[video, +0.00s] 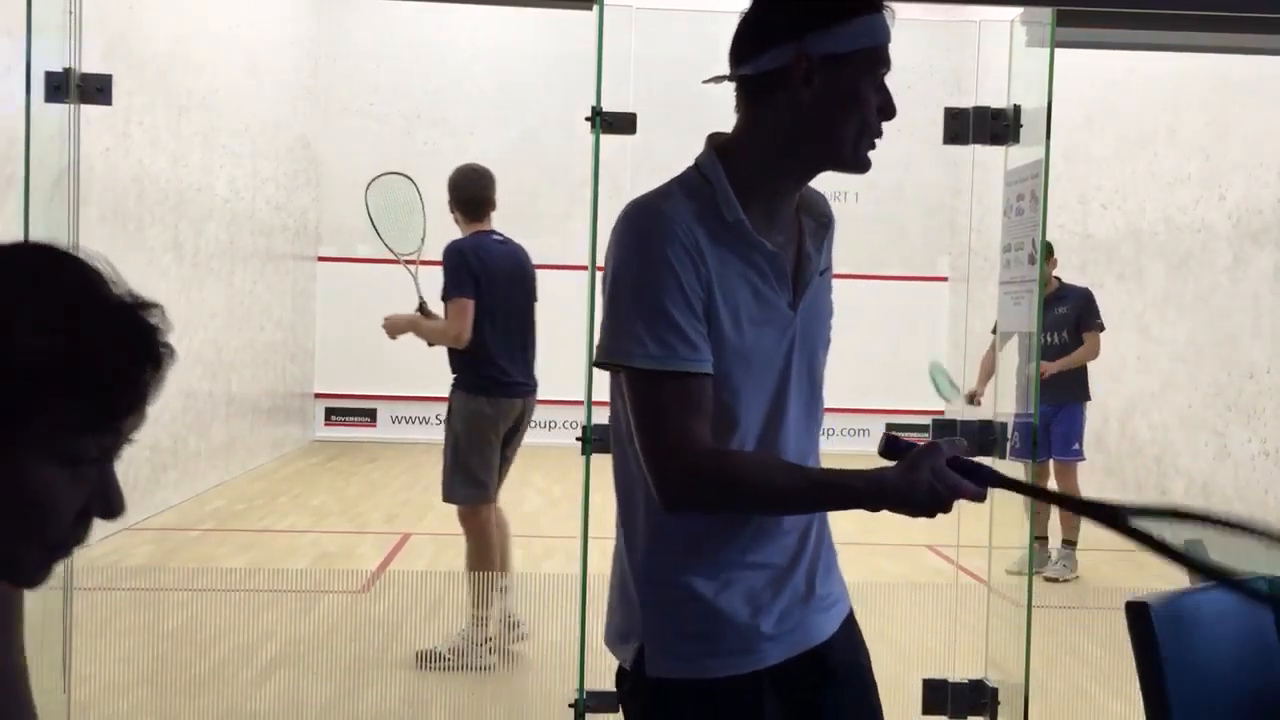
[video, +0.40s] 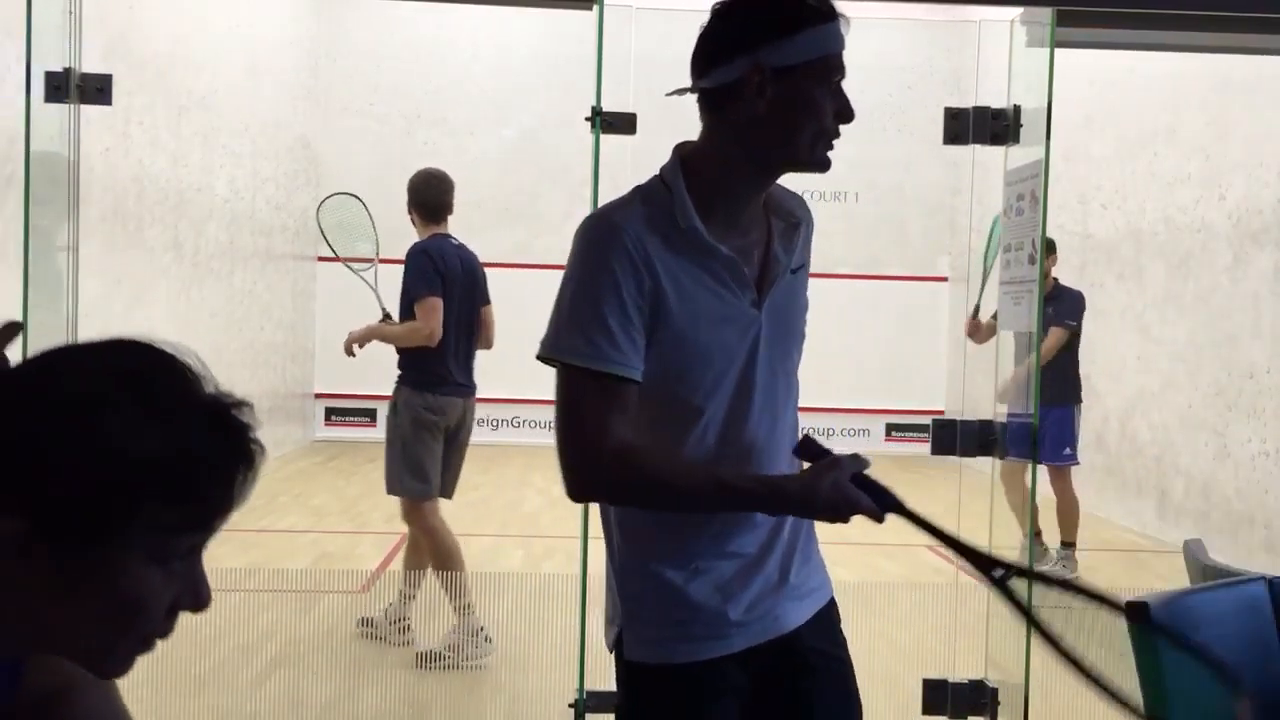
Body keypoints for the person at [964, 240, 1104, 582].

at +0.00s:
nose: (1033, 273)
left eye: (1038, 265)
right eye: (1028, 266)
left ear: (1052, 262)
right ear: (1021, 268)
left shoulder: (1079, 297)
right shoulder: (1020, 302)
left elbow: (1092, 348)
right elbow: (994, 349)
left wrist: (1056, 365)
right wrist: (980, 386)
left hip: (1067, 404)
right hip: (1029, 403)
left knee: (1065, 478)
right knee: (1035, 479)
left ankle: (1067, 555)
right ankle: (1038, 551)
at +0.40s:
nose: (1035, 269)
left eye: (1040, 262)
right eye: (1029, 263)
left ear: (1052, 261)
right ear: (1020, 265)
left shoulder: (1070, 299)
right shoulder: (1017, 299)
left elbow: (1049, 348)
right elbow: (984, 334)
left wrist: (1015, 379)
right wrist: (975, 330)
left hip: (1059, 402)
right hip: (1023, 399)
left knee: (1059, 478)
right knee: (1011, 474)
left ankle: (1067, 555)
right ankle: (1035, 547)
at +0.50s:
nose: (1025, 265)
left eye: (1032, 257)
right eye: (1019, 258)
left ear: (1045, 259)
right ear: (1011, 261)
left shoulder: (1062, 298)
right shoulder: (1014, 298)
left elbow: (1036, 337)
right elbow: (980, 333)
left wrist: (987, 358)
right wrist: (982, 316)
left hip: (1054, 403)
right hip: (1017, 401)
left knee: (1057, 479)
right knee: (1000, 477)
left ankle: (1067, 556)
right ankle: (1026, 542)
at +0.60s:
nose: (1013, 262)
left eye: (1021, 254)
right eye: (1008, 255)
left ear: (1034, 257)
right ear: (1002, 258)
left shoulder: (1053, 297)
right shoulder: (1005, 297)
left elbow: (1019, 334)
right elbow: (977, 331)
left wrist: (963, 336)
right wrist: (980, 303)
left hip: (1047, 401)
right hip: (1012, 402)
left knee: (1053, 480)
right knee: (984, 470)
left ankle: (1067, 556)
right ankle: (1002, 547)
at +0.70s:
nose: (986, 269)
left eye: (992, 263)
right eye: (985, 264)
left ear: (1012, 263)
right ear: (985, 266)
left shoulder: (1038, 297)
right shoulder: (993, 299)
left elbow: (1010, 330)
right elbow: (968, 326)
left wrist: (955, 326)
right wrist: (970, 292)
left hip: (1038, 401)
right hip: (1002, 399)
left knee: (1048, 482)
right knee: (971, 469)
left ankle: (1066, 555)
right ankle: (964, 547)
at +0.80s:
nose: (963, 277)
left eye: (969, 270)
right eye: (961, 271)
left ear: (989, 268)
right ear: (966, 271)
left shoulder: (1016, 299)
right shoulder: (972, 302)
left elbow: (1003, 336)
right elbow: (952, 329)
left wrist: (941, 335)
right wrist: (955, 281)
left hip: (1023, 404)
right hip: (987, 402)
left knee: (1041, 481)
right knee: (953, 470)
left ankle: (1065, 554)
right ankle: (924, 539)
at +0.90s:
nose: (926, 285)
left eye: (931, 278)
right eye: (925, 278)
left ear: (951, 276)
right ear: (937, 280)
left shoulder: (989, 301)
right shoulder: (941, 310)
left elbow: (980, 347)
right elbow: (938, 324)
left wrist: (924, 359)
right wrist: (949, 274)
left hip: (1004, 409)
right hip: (968, 408)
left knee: (1028, 482)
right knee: (930, 469)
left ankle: (1062, 553)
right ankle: (894, 533)